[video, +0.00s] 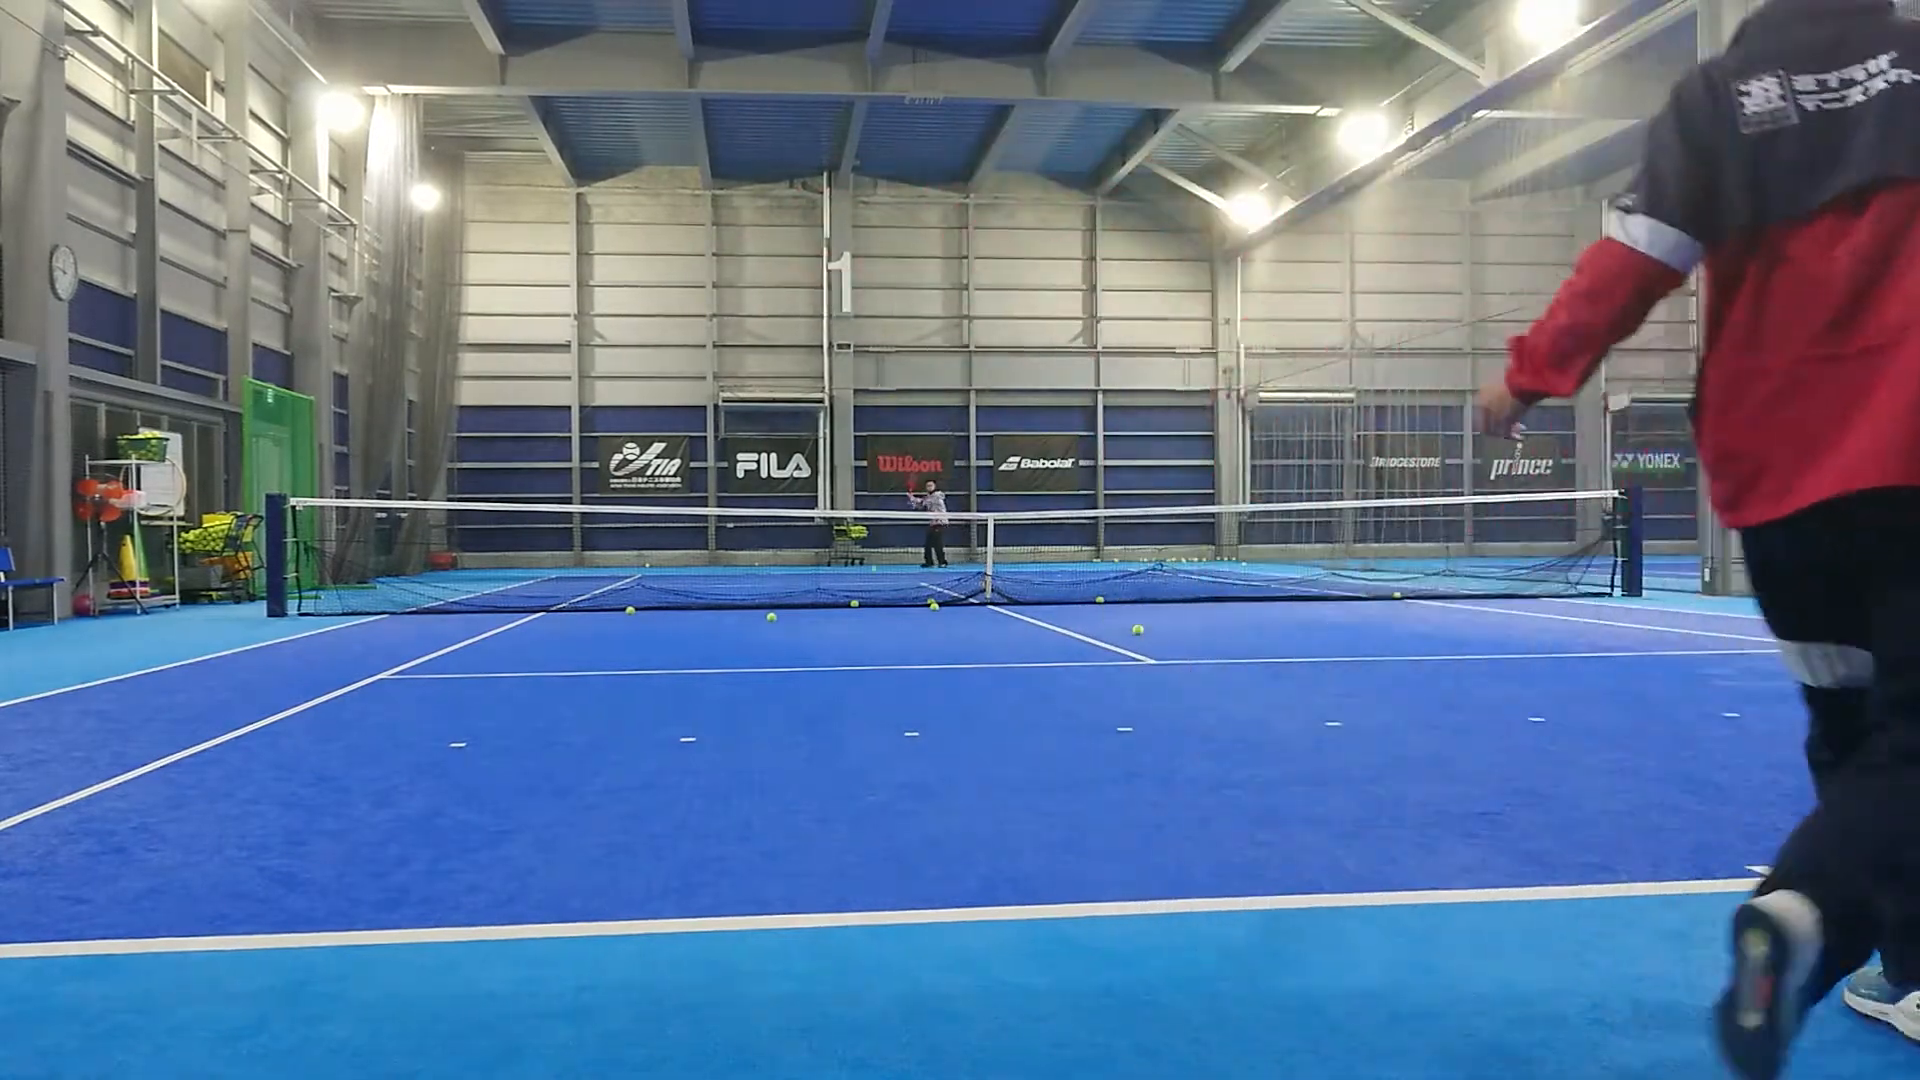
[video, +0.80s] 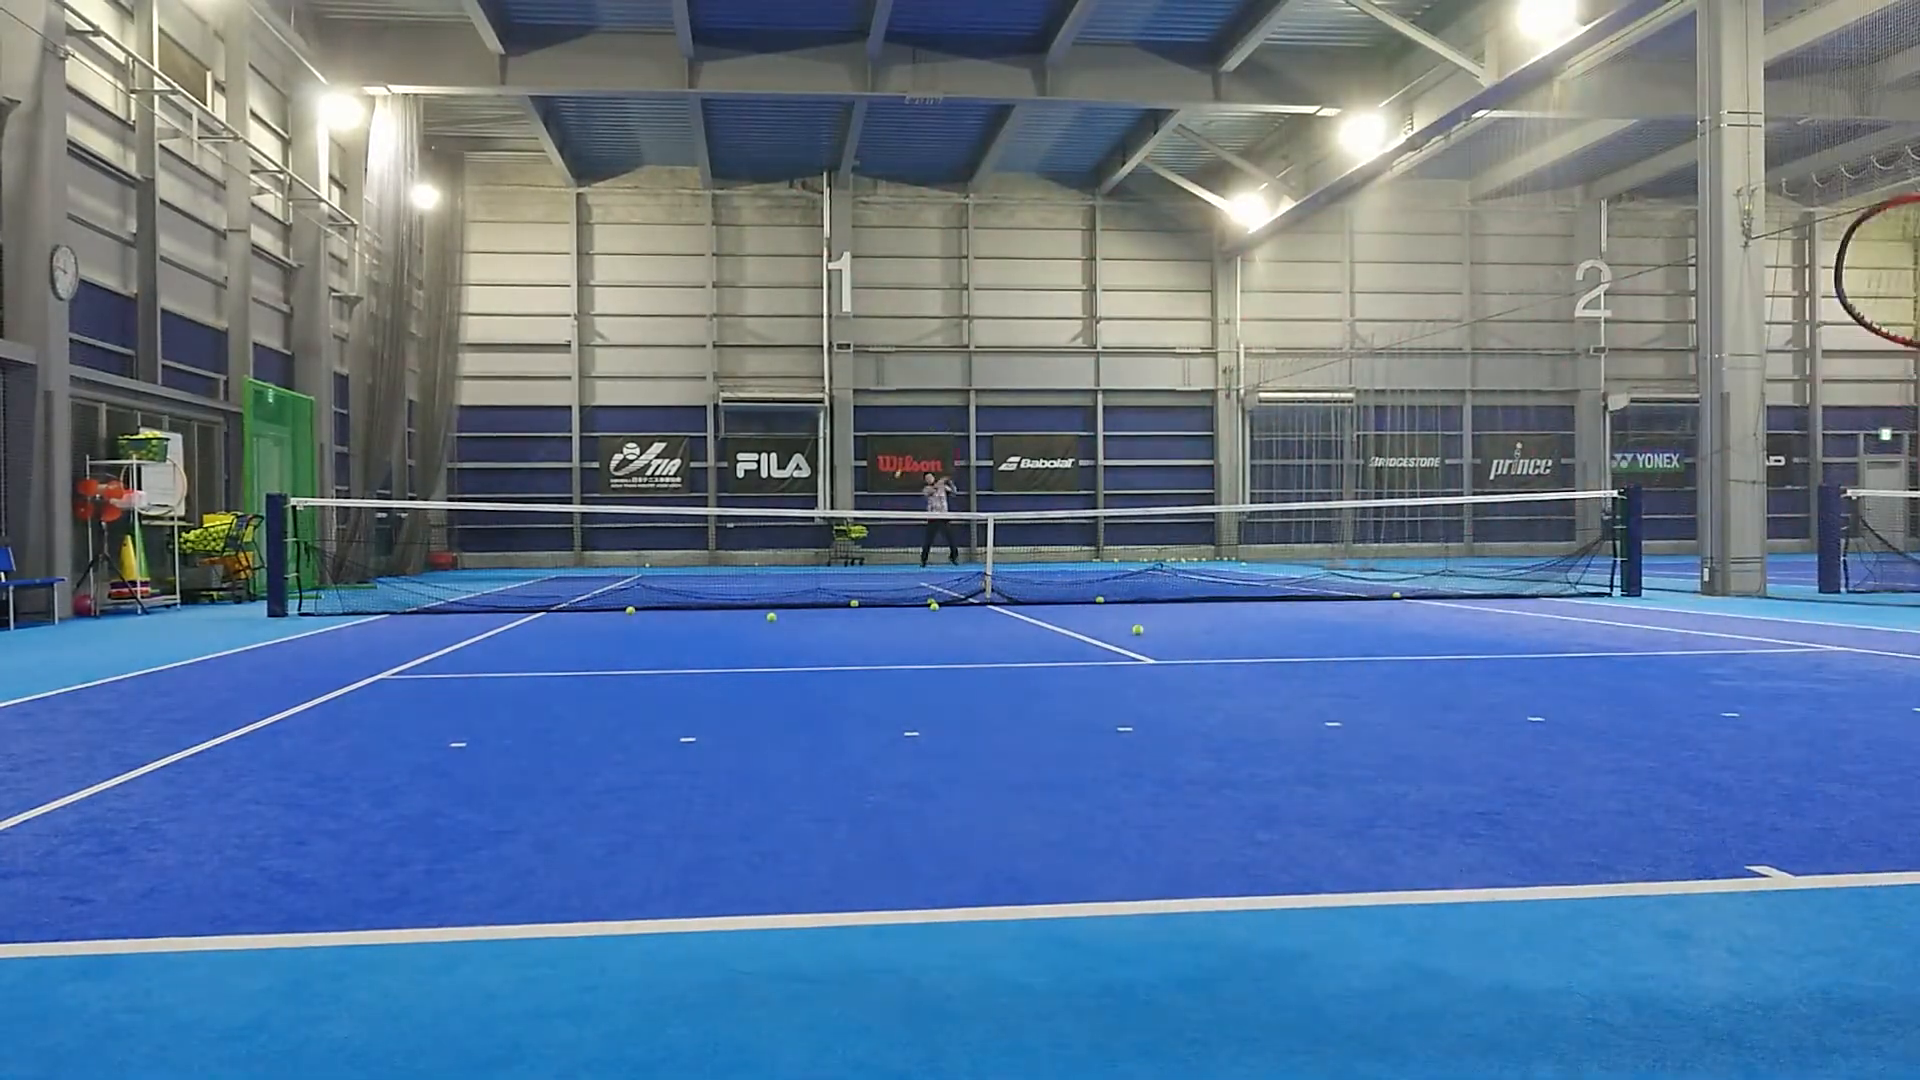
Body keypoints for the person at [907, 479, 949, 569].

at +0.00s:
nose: (929, 488)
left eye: (931, 485)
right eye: (927, 486)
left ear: (935, 486)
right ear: (926, 488)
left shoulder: (937, 496)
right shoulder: (928, 498)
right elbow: (919, 504)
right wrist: (911, 497)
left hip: (940, 522)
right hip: (933, 523)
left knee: (938, 544)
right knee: (927, 544)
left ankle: (942, 561)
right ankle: (928, 561)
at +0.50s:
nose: (921, 491)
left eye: (923, 489)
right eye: (920, 489)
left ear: (927, 489)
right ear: (919, 491)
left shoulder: (931, 497)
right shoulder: (922, 500)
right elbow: (915, 504)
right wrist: (908, 507)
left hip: (937, 524)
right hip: (928, 525)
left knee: (939, 543)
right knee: (924, 545)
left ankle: (953, 558)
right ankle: (928, 562)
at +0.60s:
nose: (922, 487)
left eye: (924, 485)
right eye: (921, 485)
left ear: (928, 486)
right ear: (920, 487)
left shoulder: (933, 493)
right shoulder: (922, 501)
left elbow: (943, 491)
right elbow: (922, 514)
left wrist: (935, 492)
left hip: (940, 521)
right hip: (930, 523)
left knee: (947, 542)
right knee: (926, 545)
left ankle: (955, 559)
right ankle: (928, 562)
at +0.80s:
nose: (930, 479)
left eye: (930, 477)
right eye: (927, 478)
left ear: (934, 477)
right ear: (925, 480)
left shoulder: (942, 486)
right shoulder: (927, 489)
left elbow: (954, 492)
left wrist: (950, 482)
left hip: (944, 516)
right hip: (932, 517)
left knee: (951, 538)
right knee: (928, 541)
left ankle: (953, 557)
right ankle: (924, 560)